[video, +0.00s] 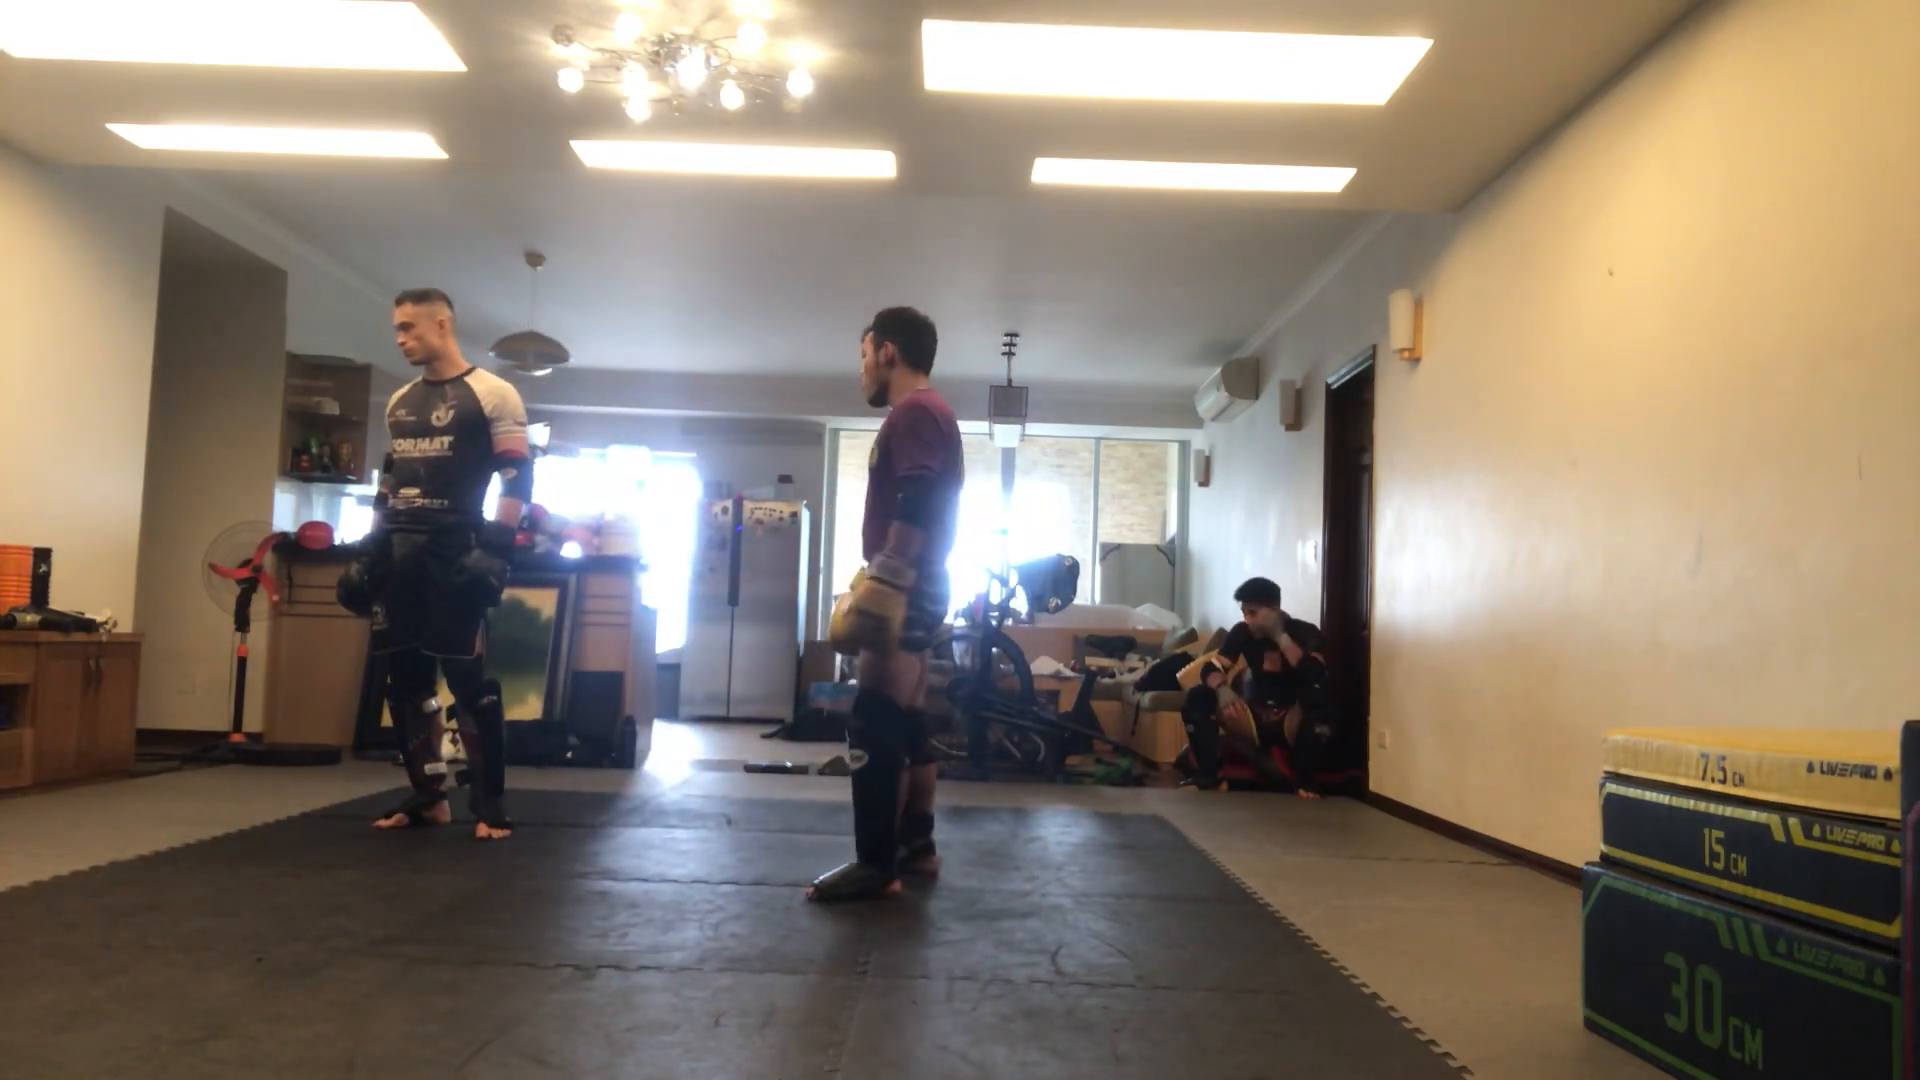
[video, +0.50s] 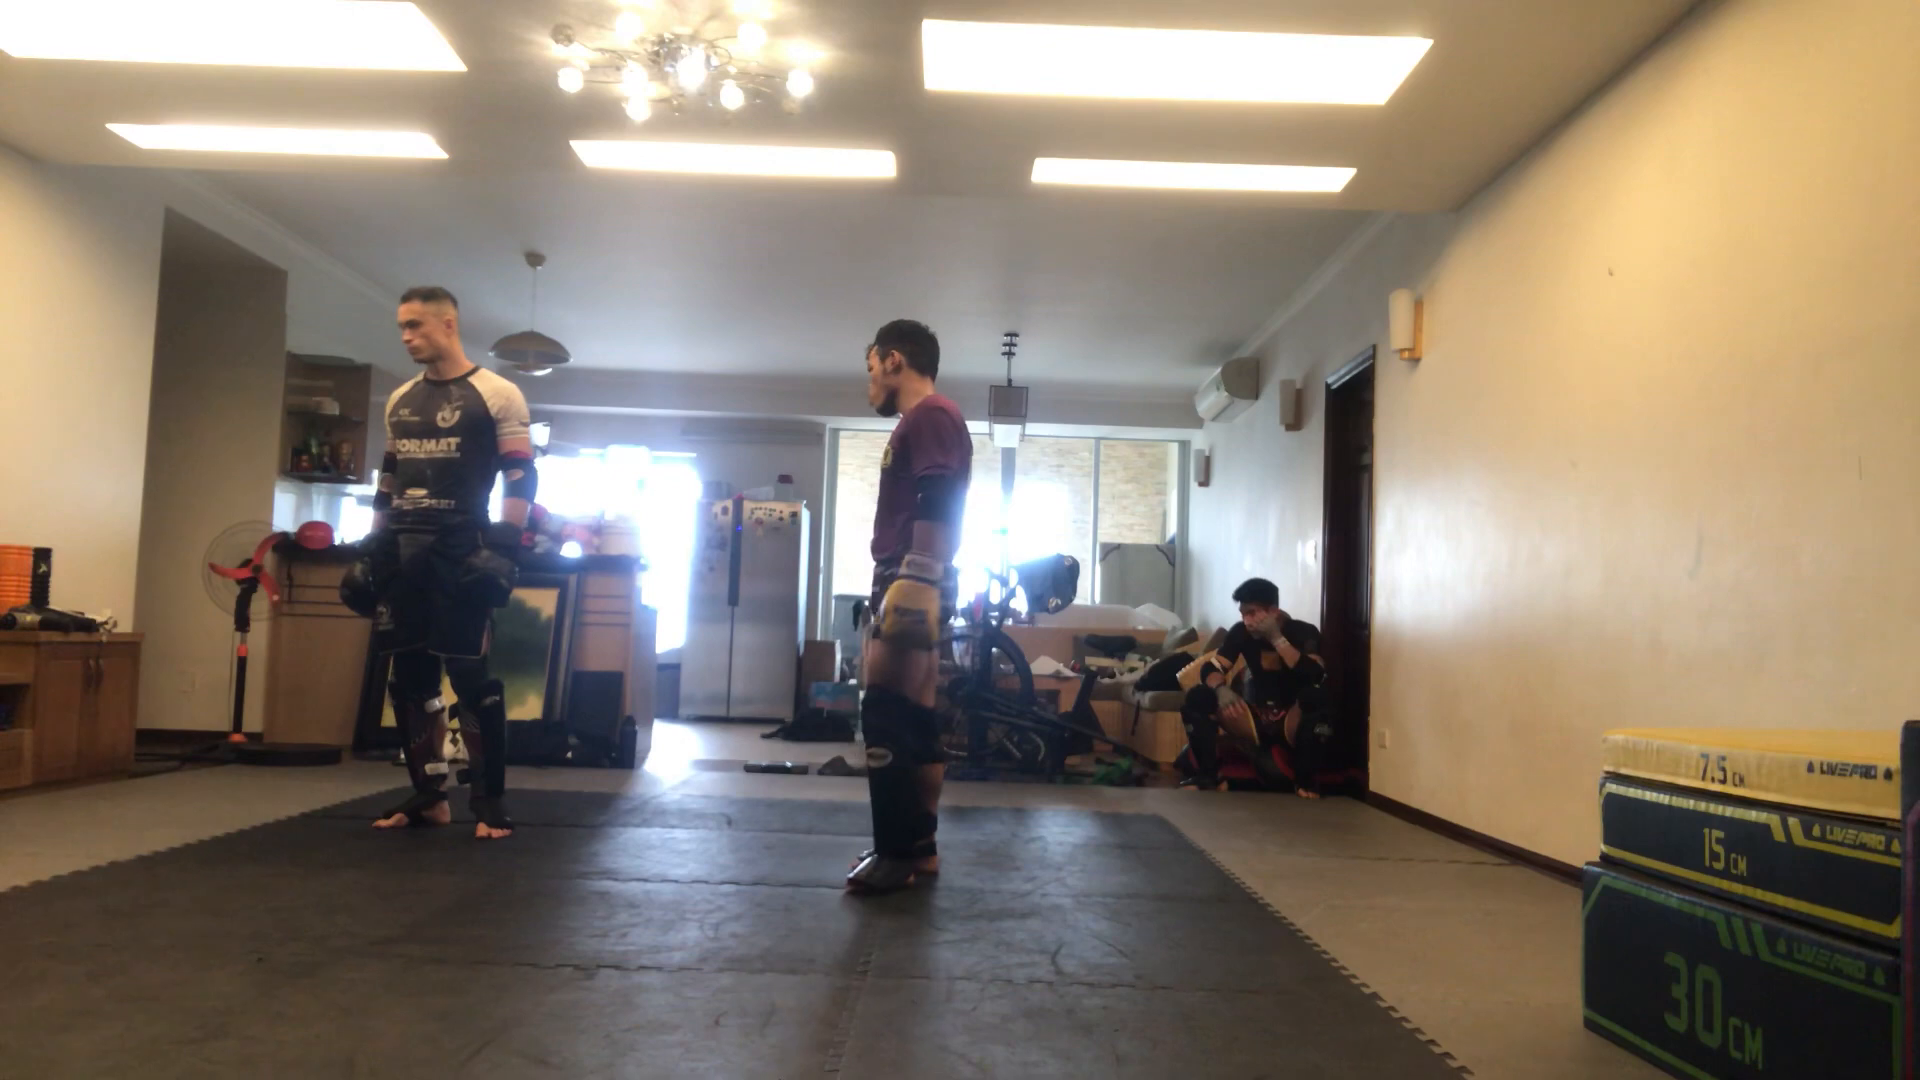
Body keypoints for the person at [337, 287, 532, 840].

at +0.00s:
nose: (401, 339)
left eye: (408, 328)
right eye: (397, 330)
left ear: (443, 323)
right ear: (402, 333)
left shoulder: (493, 393)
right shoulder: (401, 401)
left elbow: (515, 484)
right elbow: (391, 488)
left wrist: (494, 553)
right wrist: (371, 553)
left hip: (457, 554)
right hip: (401, 553)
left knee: (465, 677)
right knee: (407, 679)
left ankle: (490, 805)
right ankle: (429, 799)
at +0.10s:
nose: (402, 338)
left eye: (410, 327)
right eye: (398, 330)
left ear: (444, 323)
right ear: (402, 334)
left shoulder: (493, 393)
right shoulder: (401, 401)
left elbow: (515, 483)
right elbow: (391, 487)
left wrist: (494, 552)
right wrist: (371, 553)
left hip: (457, 553)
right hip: (401, 553)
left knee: (465, 677)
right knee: (408, 679)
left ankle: (490, 805)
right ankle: (429, 799)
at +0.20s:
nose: (403, 338)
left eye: (410, 327)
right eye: (399, 330)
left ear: (445, 324)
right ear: (402, 334)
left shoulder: (495, 394)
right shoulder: (401, 401)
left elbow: (516, 484)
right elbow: (391, 487)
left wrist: (496, 551)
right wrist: (372, 552)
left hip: (458, 554)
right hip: (402, 553)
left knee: (466, 677)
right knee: (408, 679)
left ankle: (490, 806)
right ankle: (429, 799)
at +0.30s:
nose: (403, 338)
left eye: (411, 327)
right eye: (400, 329)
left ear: (447, 324)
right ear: (402, 334)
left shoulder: (495, 394)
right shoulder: (401, 401)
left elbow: (516, 484)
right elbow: (390, 487)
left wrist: (497, 551)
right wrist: (373, 552)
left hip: (460, 554)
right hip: (403, 553)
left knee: (467, 677)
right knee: (410, 678)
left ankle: (490, 805)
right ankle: (429, 798)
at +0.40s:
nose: (404, 337)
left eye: (413, 326)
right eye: (400, 328)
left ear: (447, 325)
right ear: (403, 334)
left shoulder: (497, 394)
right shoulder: (400, 400)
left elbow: (518, 483)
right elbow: (389, 486)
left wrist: (500, 550)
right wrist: (373, 550)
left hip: (460, 552)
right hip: (403, 552)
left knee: (467, 674)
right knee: (410, 677)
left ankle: (490, 802)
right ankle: (429, 798)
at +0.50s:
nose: (406, 336)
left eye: (415, 325)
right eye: (402, 328)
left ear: (449, 323)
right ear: (404, 333)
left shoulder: (498, 394)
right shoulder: (400, 400)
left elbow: (519, 481)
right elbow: (389, 486)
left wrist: (503, 550)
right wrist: (373, 551)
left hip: (463, 552)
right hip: (405, 552)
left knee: (468, 674)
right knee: (412, 677)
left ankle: (489, 803)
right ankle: (429, 798)